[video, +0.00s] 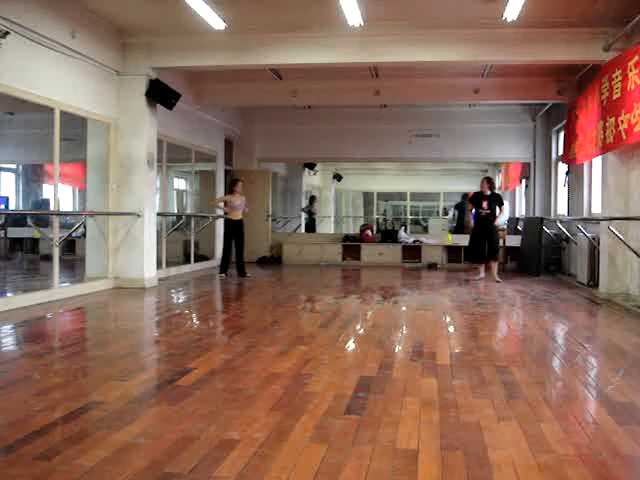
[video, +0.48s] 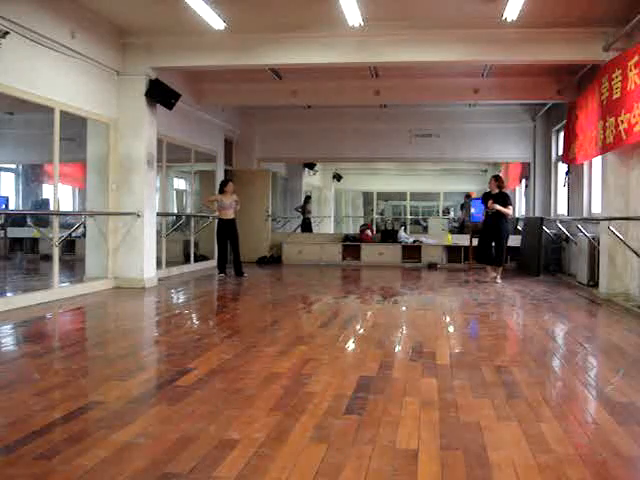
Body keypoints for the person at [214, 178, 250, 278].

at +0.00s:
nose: (240, 188)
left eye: (241, 186)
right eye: (239, 186)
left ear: (241, 187)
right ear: (234, 187)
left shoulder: (242, 198)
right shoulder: (229, 197)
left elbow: (244, 208)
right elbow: (215, 203)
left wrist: (245, 210)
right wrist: (224, 208)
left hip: (239, 220)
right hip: (230, 220)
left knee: (240, 247)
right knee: (227, 247)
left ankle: (241, 272)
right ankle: (223, 271)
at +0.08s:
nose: (240, 188)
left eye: (240, 186)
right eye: (238, 186)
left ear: (240, 187)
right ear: (233, 187)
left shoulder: (242, 198)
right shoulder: (228, 197)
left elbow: (245, 207)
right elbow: (214, 203)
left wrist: (244, 210)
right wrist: (223, 208)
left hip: (239, 220)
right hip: (229, 220)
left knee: (239, 248)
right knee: (226, 247)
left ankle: (241, 272)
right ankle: (222, 271)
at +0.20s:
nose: (237, 188)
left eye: (238, 185)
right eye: (235, 186)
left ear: (237, 187)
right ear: (230, 188)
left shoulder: (238, 198)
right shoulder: (224, 198)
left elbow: (243, 208)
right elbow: (215, 201)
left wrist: (242, 209)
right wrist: (218, 208)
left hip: (235, 220)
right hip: (226, 220)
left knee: (238, 248)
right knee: (223, 248)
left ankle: (241, 272)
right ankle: (222, 271)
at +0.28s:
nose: (234, 188)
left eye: (235, 186)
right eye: (232, 186)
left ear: (235, 187)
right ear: (227, 187)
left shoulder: (237, 197)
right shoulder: (222, 197)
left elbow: (240, 209)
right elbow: (210, 202)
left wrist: (243, 205)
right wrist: (217, 209)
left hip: (233, 221)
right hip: (224, 220)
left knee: (237, 247)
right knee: (222, 247)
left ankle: (240, 272)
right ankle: (222, 271)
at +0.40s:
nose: (232, 187)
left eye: (232, 185)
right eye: (230, 185)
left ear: (233, 187)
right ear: (225, 187)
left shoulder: (234, 196)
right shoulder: (220, 197)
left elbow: (238, 206)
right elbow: (208, 201)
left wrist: (238, 206)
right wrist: (214, 208)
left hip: (232, 220)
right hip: (222, 220)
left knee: (235, 247)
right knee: (222, 247)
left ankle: (238, 271)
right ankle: (222, 271)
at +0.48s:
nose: (232, 187)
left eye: (232, 185)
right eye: (230, 185)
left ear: (232, 187)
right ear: (224, 187)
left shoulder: (234, 196)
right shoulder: (219, 197)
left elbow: (238, 204)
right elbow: (206, 201)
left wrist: (237, 208)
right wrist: (213, 209)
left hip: (232, 220)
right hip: (222, 220)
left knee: (235, 247)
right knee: (222, 247)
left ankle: (239, 271)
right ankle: (221, 271)